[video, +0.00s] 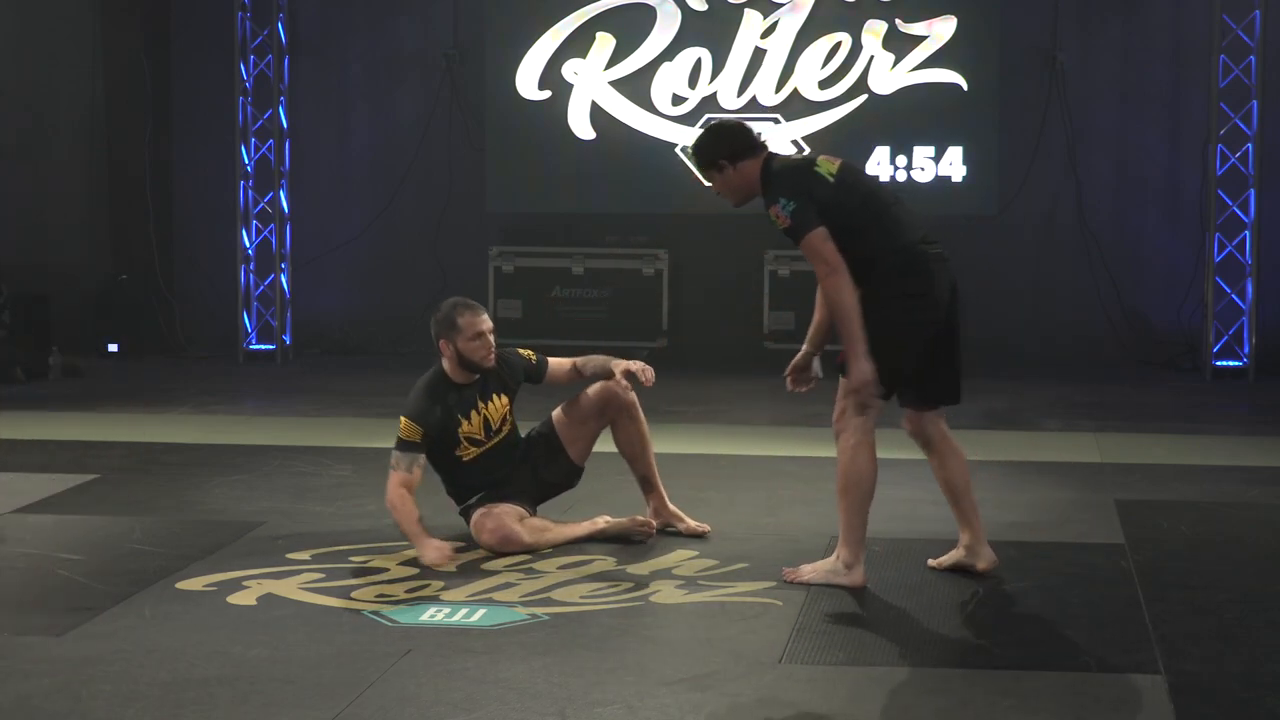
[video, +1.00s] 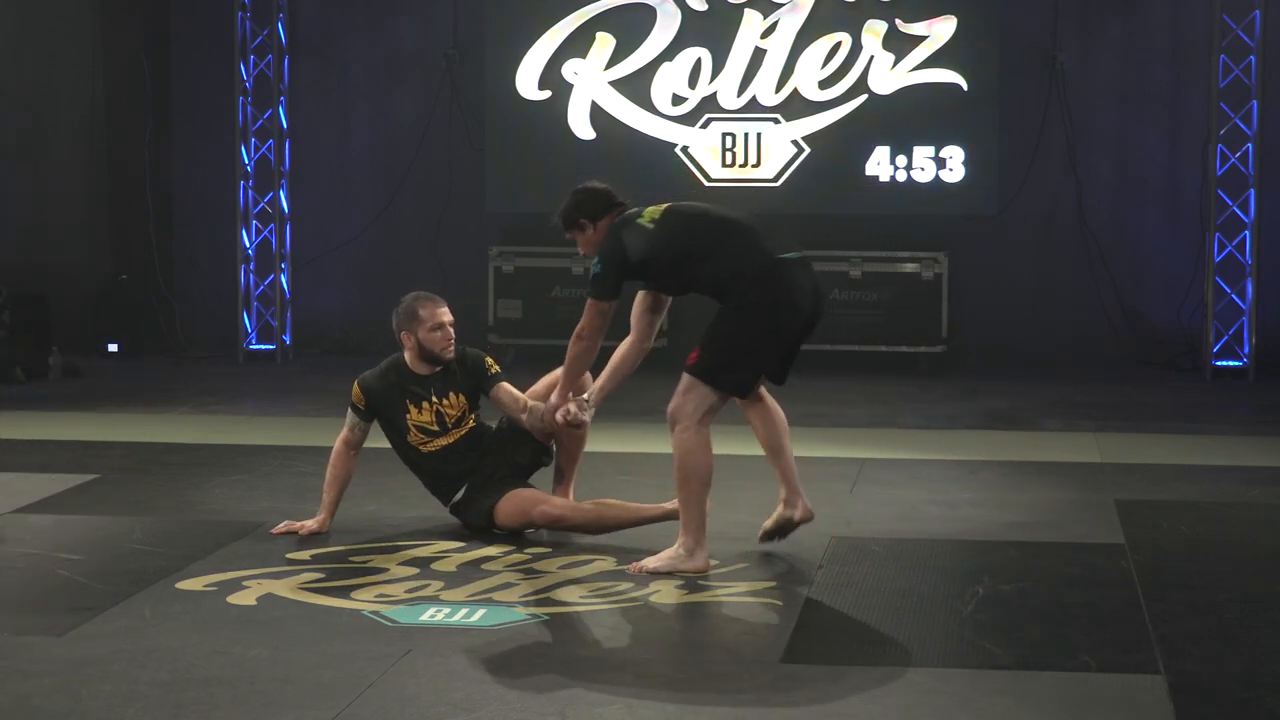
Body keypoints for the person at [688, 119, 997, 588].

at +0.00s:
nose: (717, 191)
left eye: (713, 180)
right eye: (712, 183)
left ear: (731, 166)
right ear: (751, 152)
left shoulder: (781, 188)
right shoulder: (806, 168)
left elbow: (835, 273)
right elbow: (833, 272)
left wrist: (858, 356)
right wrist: (811, 348)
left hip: (891, 294)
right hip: (932, 286)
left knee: (852, 417)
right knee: (923, 421)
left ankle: (847, 560)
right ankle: (975, 544)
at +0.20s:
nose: (691, 212)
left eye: (688, 199)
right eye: (685, 203)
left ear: (706, 184)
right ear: (718, 175)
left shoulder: (752, 202)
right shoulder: (767, 189)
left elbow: (792, 287)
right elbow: (789, 289)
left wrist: (781, 368)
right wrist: (740, 346)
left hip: (878, 285)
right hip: (903, 277)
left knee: (843, 422)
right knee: (861, 411)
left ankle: (847, 560)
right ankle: (877, 536)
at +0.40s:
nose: (666, 223)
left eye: (663, 211)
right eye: (661, 214)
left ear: (680, 197)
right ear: (689, 195)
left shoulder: (730, 206)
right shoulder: (732, 214)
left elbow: (781, 268)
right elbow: (696, 292)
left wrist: (781, 349)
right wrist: (640, 331)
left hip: (861, 290)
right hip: (863, 287)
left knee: (815, 419)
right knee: (825, 417)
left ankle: (845, 557)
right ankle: (808, 538)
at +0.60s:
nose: (643, 237)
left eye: (642, 224)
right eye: (639, 228)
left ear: (662, 208)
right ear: (665, 209)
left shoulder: (706, 212)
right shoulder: (708, 243)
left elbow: (755, 259)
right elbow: (659, 312)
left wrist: (726, 339)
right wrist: (592, 338)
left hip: (824, 298)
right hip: (851, 296)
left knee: (735, 405)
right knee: (791, 410)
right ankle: (804, 537)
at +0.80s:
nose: (616, 233)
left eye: (612, 221)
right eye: (610, 225)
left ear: (628, 207)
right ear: (652, 198)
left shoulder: (663, 223)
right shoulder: (696, 224)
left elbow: (652, 316)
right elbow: (660, 331)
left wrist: (595, 342)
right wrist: (601, 367)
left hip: (785, 301)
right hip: (822, 296)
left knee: (703, 414)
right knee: (766, 414)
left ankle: (693, 547)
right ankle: (797, 537)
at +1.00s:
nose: (580, 249)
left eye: (577, 238)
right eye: (575, 241)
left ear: (593, 223)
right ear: (615, 211)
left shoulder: (614, 244)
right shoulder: (663, 235)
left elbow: (587, 334)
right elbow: (639, 338)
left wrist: (561, 395)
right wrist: (593, 397)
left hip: (761, 294)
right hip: (797, 285)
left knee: (686, 414)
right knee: (748, 387)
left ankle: (691, 547)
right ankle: (793, 500)